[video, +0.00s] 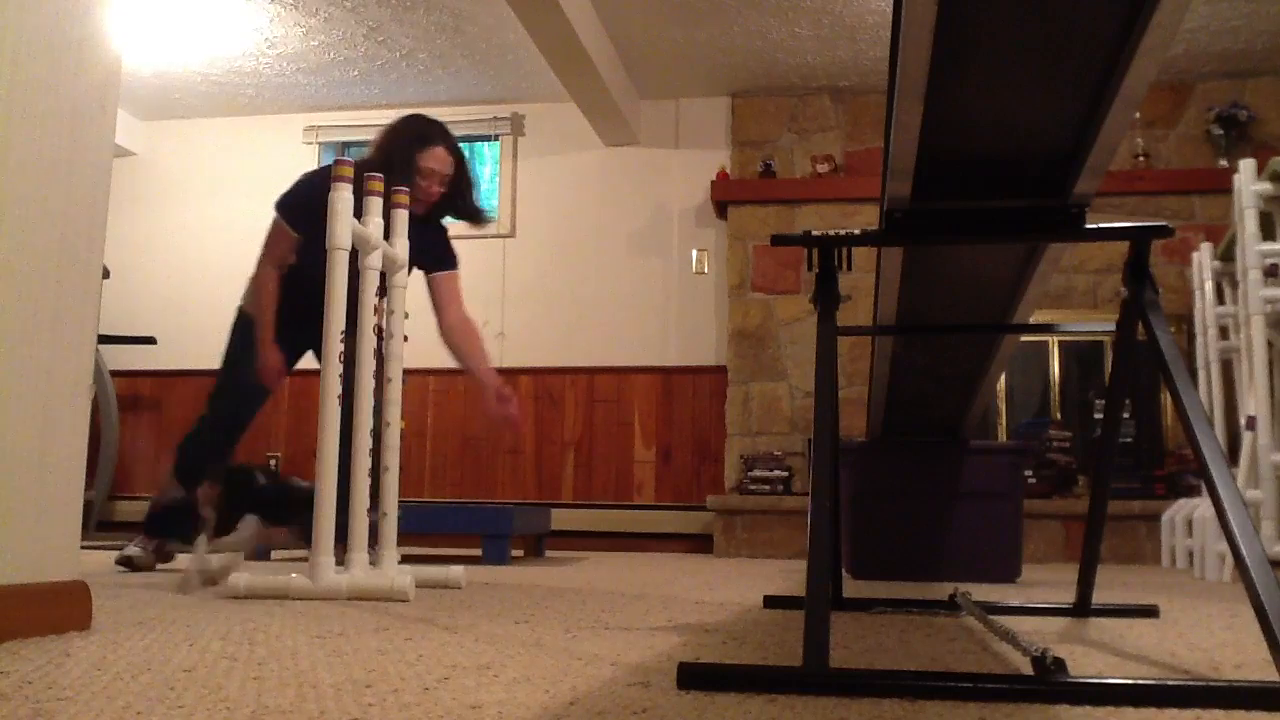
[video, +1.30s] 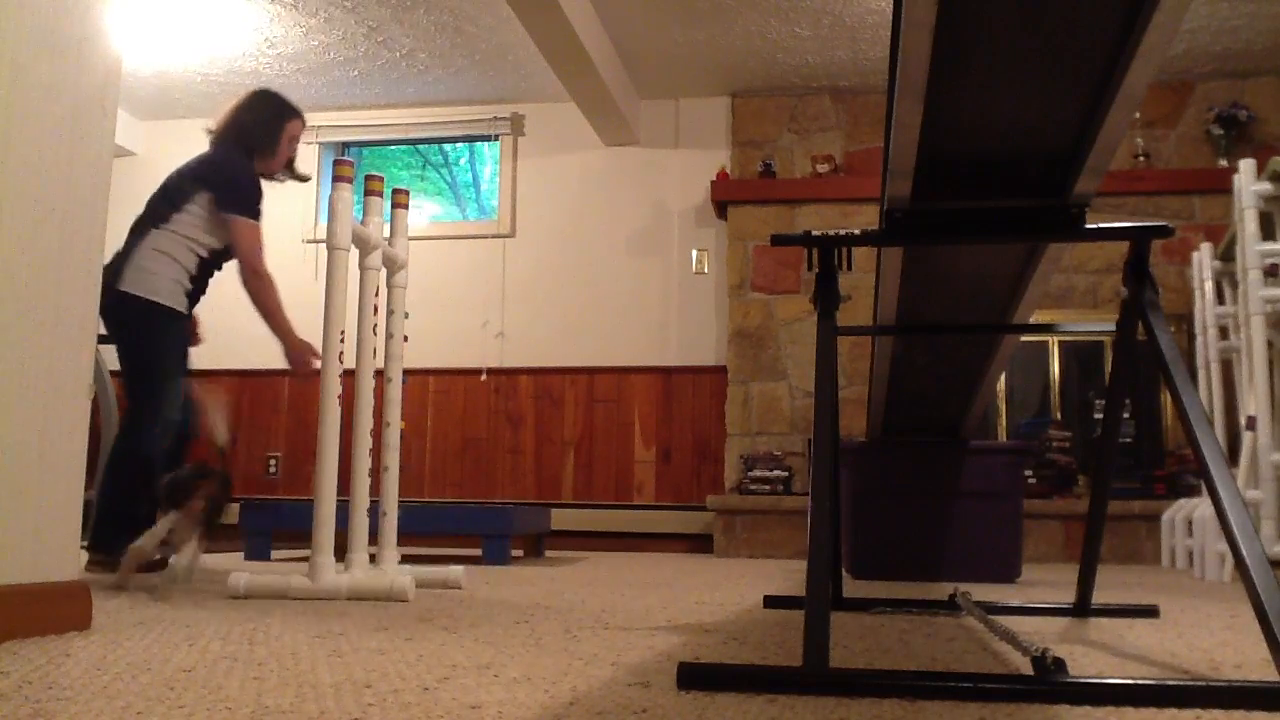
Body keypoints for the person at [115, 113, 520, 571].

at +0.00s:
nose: (433, 189)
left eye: (443, 180)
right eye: (425, 175)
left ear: (451, 180)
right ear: (395, 165)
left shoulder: (428, 232)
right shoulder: (324, 187)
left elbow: (453, 315)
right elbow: (270, 265)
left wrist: (489, 380)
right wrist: (265, 344)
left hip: (348, 319)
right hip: (285, 304)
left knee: (371, 425)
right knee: (232, 410)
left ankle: (349, 539)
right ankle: (161, 531)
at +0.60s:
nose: (399, 142)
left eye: (410, 133)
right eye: (390, 128)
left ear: (418, 139)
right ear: (364, 125)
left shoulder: (405, 200)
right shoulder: (305, 164)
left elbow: (415, 284)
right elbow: (257, 243)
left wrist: (429, 347)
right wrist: (245, 320)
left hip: (349, 313)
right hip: (283, 303)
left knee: (368, 421)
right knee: (234, 410)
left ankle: (357, 542)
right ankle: (157, 524)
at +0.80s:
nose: (345, 122)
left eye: (354, 114)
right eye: (336, 109)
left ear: (362, 122)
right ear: (309, 109)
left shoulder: (342, 182)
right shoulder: (246, 160)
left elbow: (352, 269)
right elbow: (204, 243)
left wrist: (353, 335)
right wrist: (203, 321)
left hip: (286, 313)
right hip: (223, 308)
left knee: (334, 427)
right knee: (196, 429)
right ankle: (123, 534)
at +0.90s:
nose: (317, 125)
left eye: (326, 118)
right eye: (308, 112)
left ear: (330, 127)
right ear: (281, 110)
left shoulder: (300, 189)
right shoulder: (221, 159)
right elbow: (189, 246)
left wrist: (298, 318)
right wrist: (198, 324)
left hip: (232, 304)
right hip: (170, 299)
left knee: (277, 416)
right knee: (169, 418)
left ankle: (289, 533)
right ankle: (116, 541)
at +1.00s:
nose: (308, 134)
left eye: (315, 126)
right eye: (300, 119)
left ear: (315, 134)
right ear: (270, 114)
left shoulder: (280, 187)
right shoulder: (220, 159)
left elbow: (246, 256)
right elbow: (197, 252)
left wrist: (266, 312)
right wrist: (210, 334)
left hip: (208, 297)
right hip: (151, 293)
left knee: (254, 403)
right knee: (163, 412)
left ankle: (240, 527)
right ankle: (117, 542)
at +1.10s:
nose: (303, 138)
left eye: (309, 130)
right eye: (295, 124)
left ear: (307, 136)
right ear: (265, 117)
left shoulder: (257, 179)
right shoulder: (223, 161)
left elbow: (218, 257)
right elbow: (211, 256)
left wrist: (236, 317)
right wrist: (232, 336)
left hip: (181, 297)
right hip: (139, 290)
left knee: (233, 402)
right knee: (158, 413)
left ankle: (200, 505)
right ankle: (113, 543)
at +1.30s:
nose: (294, 153)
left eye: (297, 142)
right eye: (291, 141)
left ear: (250, 131)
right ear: (266, 136)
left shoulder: (212, 166)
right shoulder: (238, 176)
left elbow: (165, 239)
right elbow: (253, 270)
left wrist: (180, 308)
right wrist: (289, 338)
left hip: (135, 298)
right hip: (149, 301)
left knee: (171, 420)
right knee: (154, 422)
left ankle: (131, 534)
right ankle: (111, 543)